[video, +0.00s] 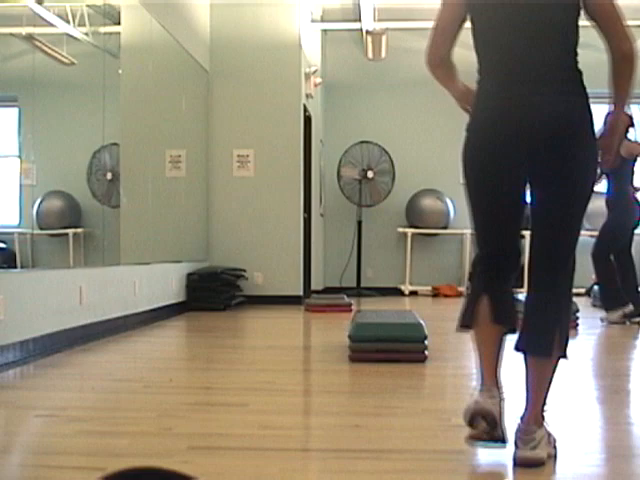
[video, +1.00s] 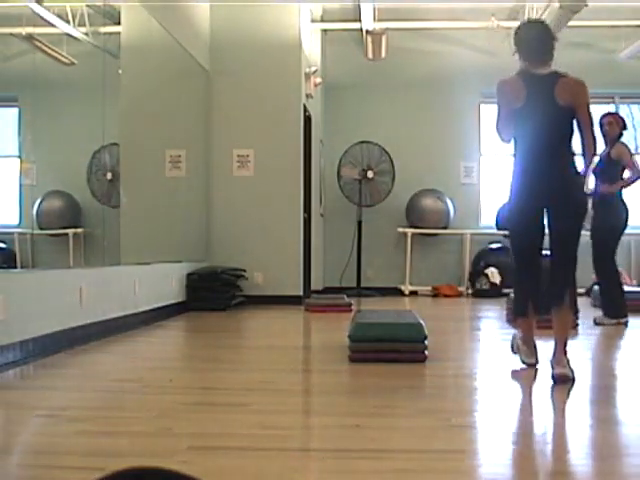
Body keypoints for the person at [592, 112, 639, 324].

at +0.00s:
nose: (609, 125)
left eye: (612, 122)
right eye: (610, 122)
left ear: (616, 126)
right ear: (624, 127)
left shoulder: (625, 147)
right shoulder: (609, 146)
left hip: (623, 210)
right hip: (622, 209)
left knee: (599, 252)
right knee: (623, 255)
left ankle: (615, 304)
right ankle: (633, 303)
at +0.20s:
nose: (602, 127)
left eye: (606, 124)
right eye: (602, 123)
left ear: (617, 127)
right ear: (608, 127)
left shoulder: (619, 146)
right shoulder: (612, 147)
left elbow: (624, 167)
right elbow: (618, 171)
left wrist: (602, 173)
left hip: (627, 208)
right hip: (616, 207)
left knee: (618, 257)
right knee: (592, 249)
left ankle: (624, 309)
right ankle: (613, 292)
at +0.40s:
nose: (596, 128)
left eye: (601, 123)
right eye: (596, 123)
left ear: (613, 127)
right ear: (610, 127)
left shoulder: (612, 149)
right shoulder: (610, 149)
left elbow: (615, 183)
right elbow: (602, 167)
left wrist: (609, 206)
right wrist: (584, 170)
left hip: (626, 211)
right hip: (622, 210)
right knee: (625, 260)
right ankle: (625, 310)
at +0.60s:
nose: (599, 127)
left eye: (602, 123)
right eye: (598, 123)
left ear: (614, 125)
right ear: (603, 126)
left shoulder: (618, 147)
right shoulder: (610, 148)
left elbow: (631, 173)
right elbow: (613, 176)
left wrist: (613, 190)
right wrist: (599, 186)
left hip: (616, 205)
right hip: (608, 204)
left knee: (610, 258)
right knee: (607, 258)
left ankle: (621, 310)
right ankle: (615, 308)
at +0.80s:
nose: (601, 130)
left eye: (605, 126)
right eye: (600, 126)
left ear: (613, 128)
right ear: (606, 129)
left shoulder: (612, 149)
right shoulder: (598, 151)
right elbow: (581, 173)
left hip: (618, 208)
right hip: (616, 208)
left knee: (588, 240)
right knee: (610, 255)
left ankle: (601, 291)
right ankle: (616, 305)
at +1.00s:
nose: (608, 128)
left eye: (612, 124)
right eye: (605, 125)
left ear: (621, 128)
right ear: (602, 129)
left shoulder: (619, 148)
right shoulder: (606, 151)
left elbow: (635, 172)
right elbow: (605, 177)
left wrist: (616, 186)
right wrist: (595, 191)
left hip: (611, 206)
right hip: (603, 205)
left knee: (604, 259)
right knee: (603, 259)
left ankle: (615, 311)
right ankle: (614, 309)